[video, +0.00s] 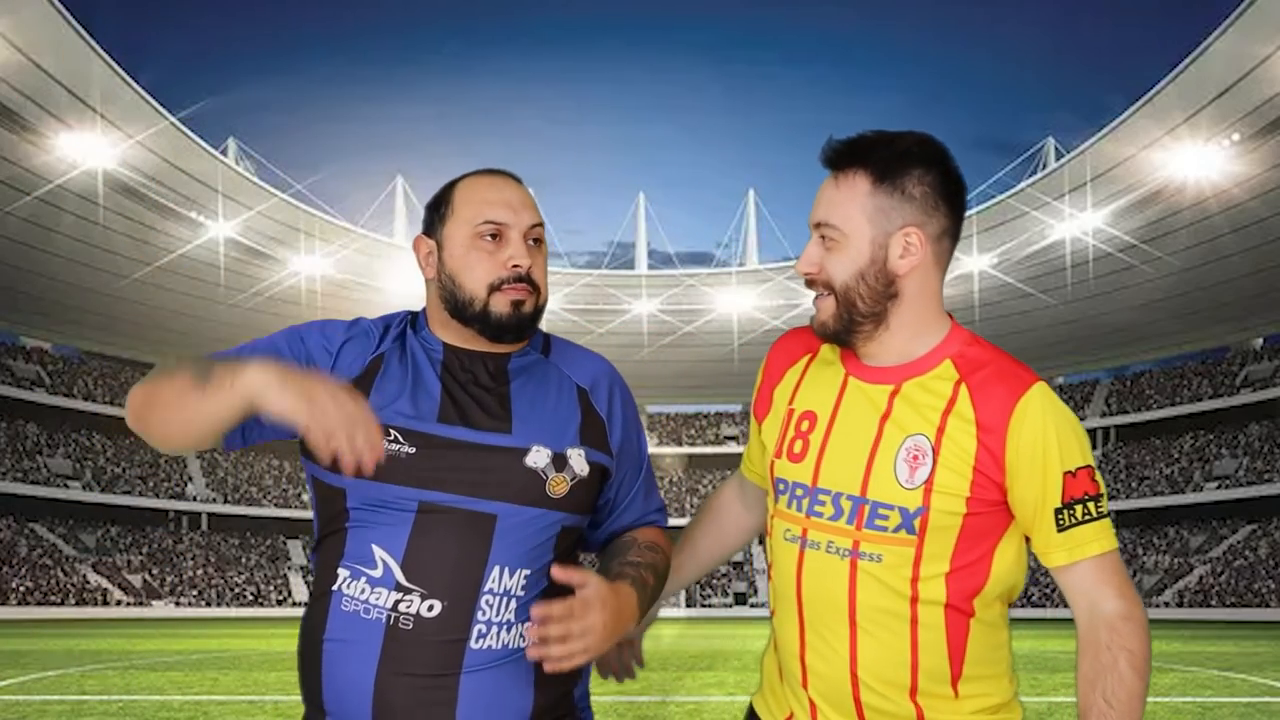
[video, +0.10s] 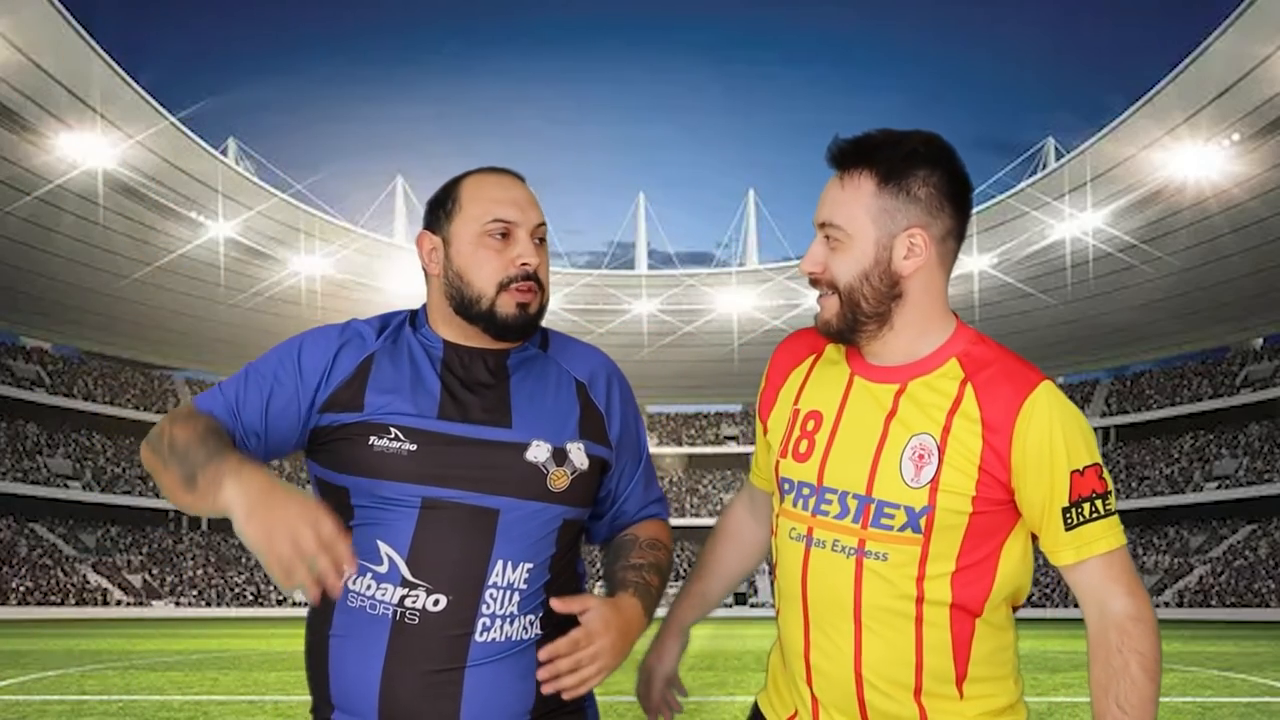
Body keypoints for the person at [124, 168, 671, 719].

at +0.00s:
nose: (522, 259)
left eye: (534, 240)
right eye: (492, 237)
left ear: (548, 256)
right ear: (429, 256)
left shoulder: (594, 389)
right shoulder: (345, 355)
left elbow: (642, 532)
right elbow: (145, 413)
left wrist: (626, 600)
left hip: (536, 711)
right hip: (355, 708)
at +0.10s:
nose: (530, 257)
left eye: (539, 238)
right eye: (500, 234)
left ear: (551, 253)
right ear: (433, 252)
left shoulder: (593, 384)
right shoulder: (338, 360)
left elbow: (641, 523)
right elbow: (171, 440)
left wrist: (631, 607)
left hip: (531, 703)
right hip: (363, 702)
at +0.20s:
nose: (542, 261)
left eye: (546, 241)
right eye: (512, 238)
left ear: (553, 254)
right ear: (439, 253)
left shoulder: (595, 383)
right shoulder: (340, 365)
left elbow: (645, 519)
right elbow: (205, 474)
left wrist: (640, 610)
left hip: (545, 709)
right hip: (369, 708)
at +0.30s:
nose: (554, 265)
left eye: (555, 244)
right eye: (524, 241)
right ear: (450, 253)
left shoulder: (600, 381)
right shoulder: (344, 369)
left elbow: (649, 517)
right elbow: (242, 504)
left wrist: (652, 616)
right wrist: (254, 645)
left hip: (548, 709)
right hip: (374, 707)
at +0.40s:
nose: (567, 266)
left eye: (567, 244)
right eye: (538, 242)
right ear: (462, 254)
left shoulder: (610, 381)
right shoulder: (354, 374)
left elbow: (656, 526)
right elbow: (271, 526)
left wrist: (659, 635)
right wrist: (277, 679)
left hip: (564, 705)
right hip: (390, 705)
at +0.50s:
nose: (582, 261)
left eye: (583, 243)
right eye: (553, 240)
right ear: (478, 253)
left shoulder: (622, 378)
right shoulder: (369, 374)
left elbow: (663, 528)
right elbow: (291, 532)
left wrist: (664, 643)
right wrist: (304, 689)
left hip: (578, 706)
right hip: (405, 706)